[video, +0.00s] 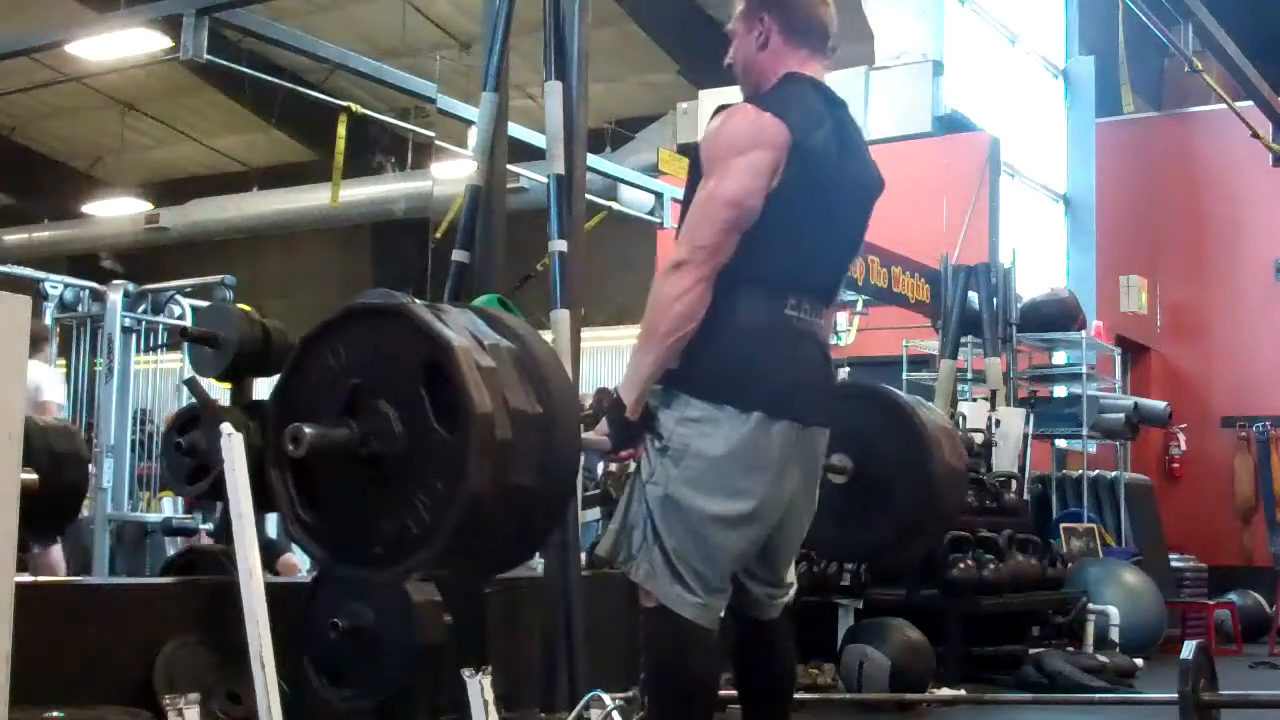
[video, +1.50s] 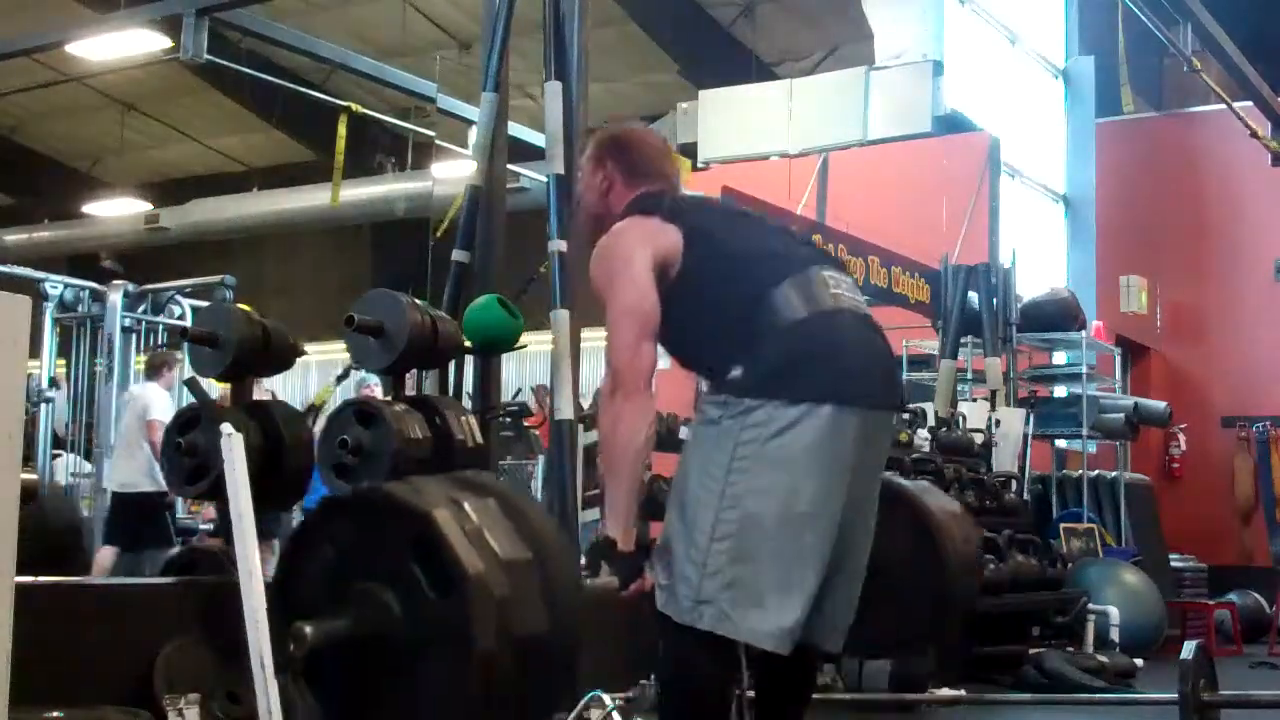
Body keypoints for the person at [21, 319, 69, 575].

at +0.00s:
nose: (51, 349)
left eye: (49, 345)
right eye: (50, 345)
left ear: (24, 343)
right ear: (44, 345)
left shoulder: (14, 367)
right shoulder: (45, 374)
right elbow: (49, 423)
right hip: (35, 464)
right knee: (44, 535)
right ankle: (59, 603)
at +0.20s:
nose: (78, 356)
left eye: (78, 351)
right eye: (77, 350)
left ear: (48, 350)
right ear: (70, 351)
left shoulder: (29, 375)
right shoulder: (71, 379)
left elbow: (20, 419)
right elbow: (81, 426)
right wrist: (95, 465)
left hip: (27, 458)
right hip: (62, 459)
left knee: (24, 538)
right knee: (68, 539)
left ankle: (9, 598)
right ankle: (72, 606)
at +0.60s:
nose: (108, 358)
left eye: (108, 353)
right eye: (106, 352)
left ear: (77, 351)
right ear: (95, 352)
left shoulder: (54, 381)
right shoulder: (102, 382)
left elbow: (40, 426)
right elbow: (115, 427)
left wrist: (36, 462)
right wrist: (136, 459)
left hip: (58, 477)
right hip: (90, 480)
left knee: (63, 541)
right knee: (91, 545)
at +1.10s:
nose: (132, 366)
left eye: (131, 361)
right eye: (130, 361)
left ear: (105, 360)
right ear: (122, 360)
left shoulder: (87, 386)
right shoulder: (121, 386)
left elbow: (77, 433)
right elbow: (125, 427)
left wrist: (81, 467)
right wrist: (139, 466)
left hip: (88, 480)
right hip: (115, 479)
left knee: (93, 544)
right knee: (132, 539)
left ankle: (89, 597)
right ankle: (104, 580)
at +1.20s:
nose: (141, 368)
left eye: (140, 363)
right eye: (139, 363)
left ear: (116, 362)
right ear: (130, 362)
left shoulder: (95, 388)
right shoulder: (127, 387)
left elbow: (87, 431)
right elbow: (128, 427)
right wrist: (146, 465)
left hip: (94, 480)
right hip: (123, 479)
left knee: (94, 543)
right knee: (144, 537)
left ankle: (93, 597)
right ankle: (125, 584)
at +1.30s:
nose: (148, 372)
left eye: (148, 366)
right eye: (147, 366)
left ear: (125, 365)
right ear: (138, 365)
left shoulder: (104, 388)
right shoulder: (133, 389)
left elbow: (100, 433)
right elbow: (133, 429)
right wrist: (153, 466)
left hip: (100, 481)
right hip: (130, 480)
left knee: (97, 543)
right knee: (153, 541)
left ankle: (93, 602)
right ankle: (147, 598)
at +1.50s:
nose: (176, 377)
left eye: (176, 372)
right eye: (175, 372)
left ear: (151, 371)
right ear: (165, 371)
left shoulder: (135, 392)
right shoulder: (157, 395)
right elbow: (156, 438)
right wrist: (171, 477)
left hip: (122, 484)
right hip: (146, 485)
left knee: (111, 544)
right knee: (166, 550)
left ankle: (91, 594)